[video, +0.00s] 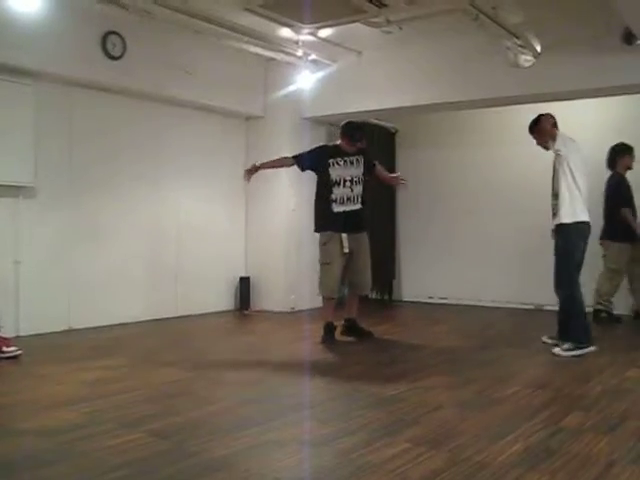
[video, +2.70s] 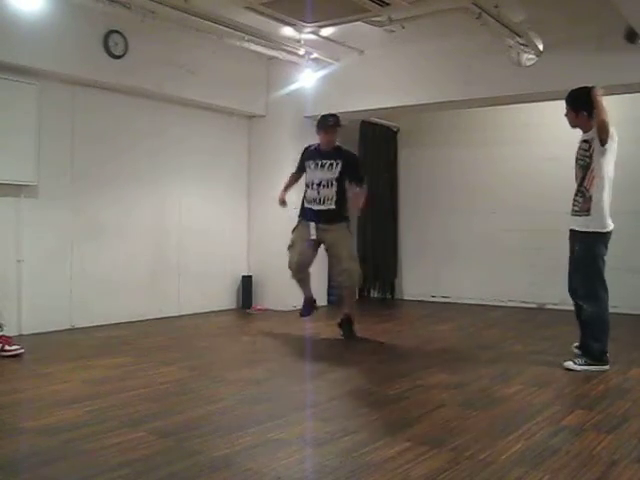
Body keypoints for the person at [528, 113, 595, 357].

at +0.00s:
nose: (538, 143)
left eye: (538, 137)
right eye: (535, 139)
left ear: (550, 126)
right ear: (550, 128)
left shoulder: (568, 149)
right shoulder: (561, 153)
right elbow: (563, 191)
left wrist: (550, 124)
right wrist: (558, 222)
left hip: (573, 223)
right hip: (566, 223)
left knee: (568, 284)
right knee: (564, 284)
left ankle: (580, 339)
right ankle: (565, 333)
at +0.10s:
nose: (542, 142)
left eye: (542, 136)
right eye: (539, 138)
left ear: (553, 127)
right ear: (550, 130)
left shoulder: (573, 146)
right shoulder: (563, 150)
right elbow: (564, 190)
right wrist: (557, 220)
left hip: (577, 221)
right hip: (567, 222)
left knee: (575, 281)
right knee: (564, 282)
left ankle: (596, 335)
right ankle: (567, 332)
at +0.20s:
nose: (545, 137)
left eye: (546, 131)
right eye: (543, 132)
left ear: (558, 128)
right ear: (554, 131)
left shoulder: (579, 147)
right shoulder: (563, 153)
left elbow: (579, 132)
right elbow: (564, 192)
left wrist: (570, 116)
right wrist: (557, 222)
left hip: (582, 221)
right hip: (566, 222)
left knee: (588, 279)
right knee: (564, 282)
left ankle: (610, 334)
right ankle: (568, 333)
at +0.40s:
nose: (559, 134)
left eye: (561, 129)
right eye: (558, 129)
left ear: (573, 127)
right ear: (570, 128)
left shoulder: (593, 146)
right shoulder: (563, 157)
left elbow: (611, 125)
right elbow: (562, 193)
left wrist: (585, 111)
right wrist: (557, 226)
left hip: (595, 223)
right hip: (570, 225)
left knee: (608, 282)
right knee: (566, 283)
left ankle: (625, 337)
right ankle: (568, 333)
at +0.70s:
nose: (591, 133)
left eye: (595, 129)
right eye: (591, 128)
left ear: (608, 131)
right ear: (596, 129)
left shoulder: (627, 153)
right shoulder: (583, 156)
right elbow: (574, 191)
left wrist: (627, 117)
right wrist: (561, 221)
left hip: (621, 231)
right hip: (590, 231)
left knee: (625, 289)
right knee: (580, 286)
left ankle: (625, 340)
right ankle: (571, 333)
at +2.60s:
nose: (568, 117)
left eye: (570, 112)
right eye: (568, 112)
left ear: (582, 112)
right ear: (586, 113)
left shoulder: (604, 139)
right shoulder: (586, 139)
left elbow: (609, 125)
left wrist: (600, 98)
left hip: (595, 228)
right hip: (579, 225)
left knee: (592, 291)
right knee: (575, 288)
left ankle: (597, 355)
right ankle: (587, 345)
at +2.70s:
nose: (568, 120)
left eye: (569, 114)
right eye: (567, 114)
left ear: (582, 113)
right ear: (584, 113)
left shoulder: (602, 140)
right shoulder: (587, 139)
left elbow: (602, 123)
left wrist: (597, 98)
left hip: (593, 228)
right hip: (580, 226)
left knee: (590, 290)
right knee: (579, 288)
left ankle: (596, 355)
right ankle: (588, 346)